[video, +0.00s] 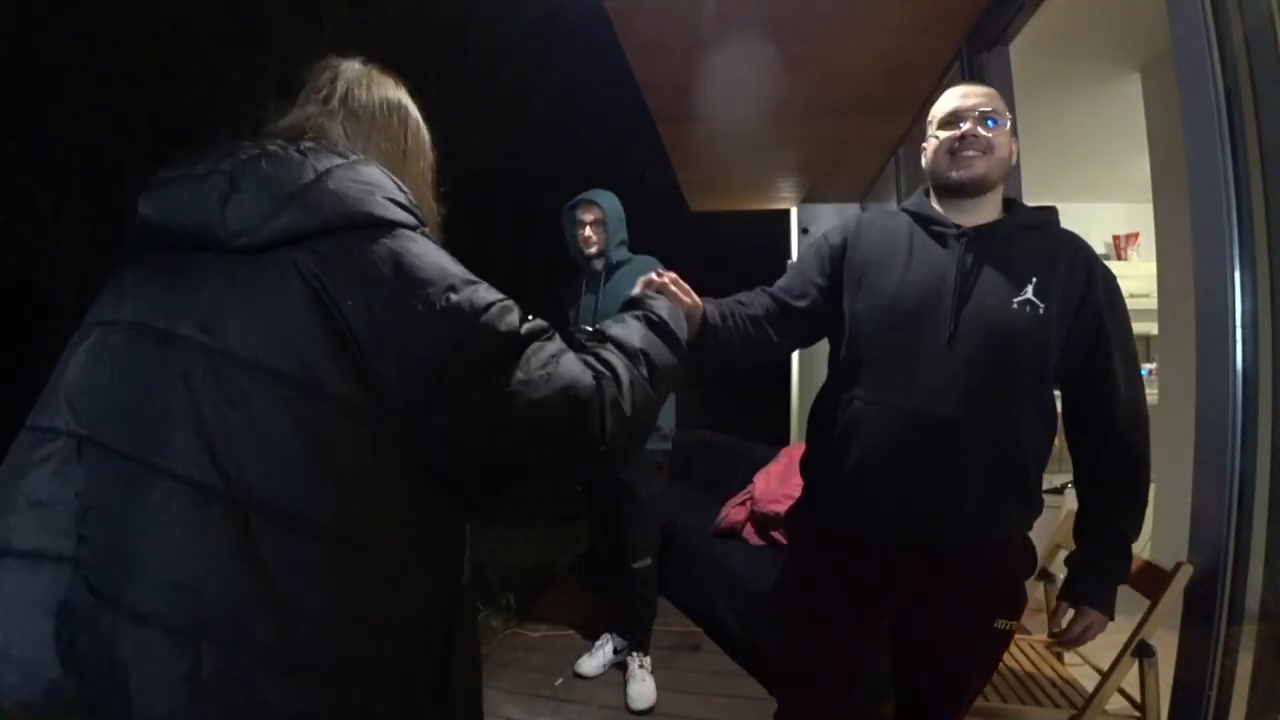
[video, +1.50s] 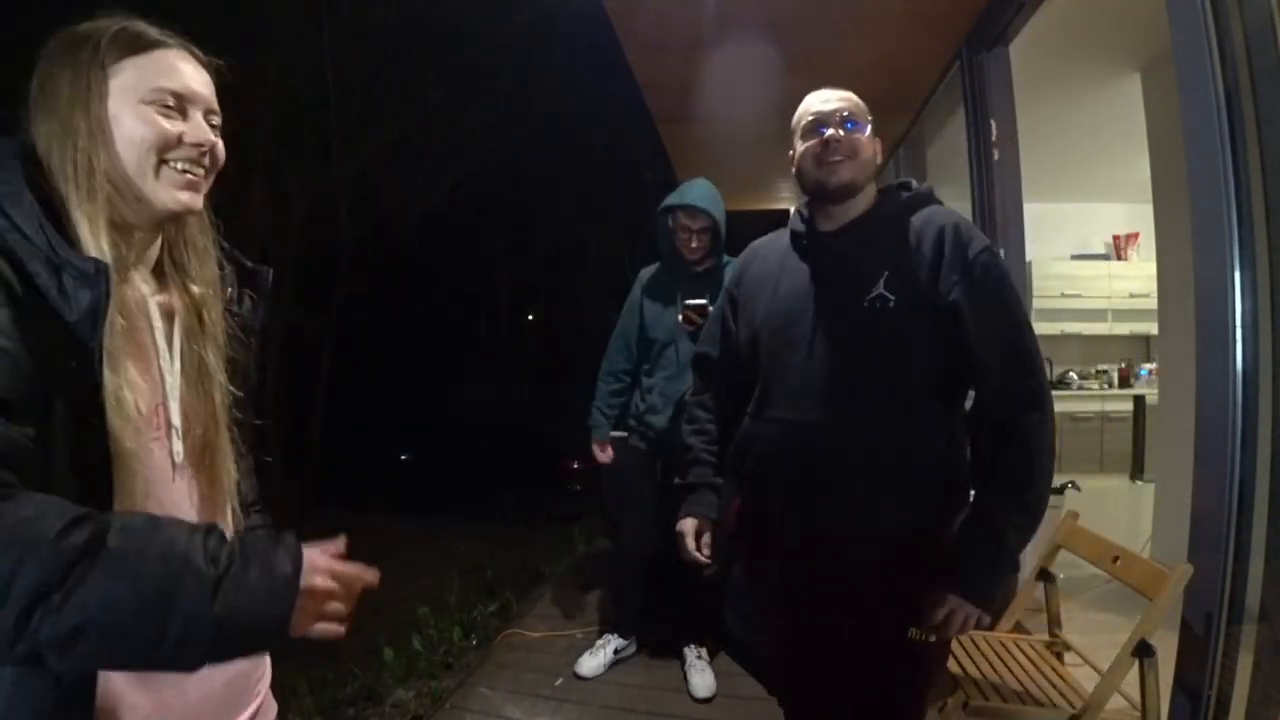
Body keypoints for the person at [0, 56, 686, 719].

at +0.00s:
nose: (424, 192)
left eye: (423, 176)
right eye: (420, 173)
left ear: (291, 139)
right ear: (395, 163)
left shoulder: (158, 255)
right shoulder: (377, 261)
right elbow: (565, 405)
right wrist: (660, 324)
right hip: (304, 667)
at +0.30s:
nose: (406, 215)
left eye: (405, 200)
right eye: (402, 198)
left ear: (283, 167)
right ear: (380, 188)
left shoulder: (178, 269)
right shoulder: (371, 275)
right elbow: (540, 398)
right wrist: (635, 320)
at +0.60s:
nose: (395, 242)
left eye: (396, 226)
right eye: (391, 224)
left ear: (295, 191)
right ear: (361, 213)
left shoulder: (212, 265)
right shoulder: (335, 289)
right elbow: (456, 424)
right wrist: (593, 440)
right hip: (223, 625)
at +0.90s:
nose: (366, 216)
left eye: (364, 196)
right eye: (355, 191)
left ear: (294, 187)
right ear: (303, 185)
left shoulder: (195, 257)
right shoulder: (257, 271)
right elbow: (362, 429)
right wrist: (532, 436)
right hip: (175, 635)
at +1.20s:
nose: (290, 179)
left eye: (291, 160)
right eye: (265, 150)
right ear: (188, 143)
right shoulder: (87, 254)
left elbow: (222, 489)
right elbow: (105, 512)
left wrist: (244, 653)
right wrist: (350, 594)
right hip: (93, 684)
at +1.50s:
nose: (205, 136)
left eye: (212, 118)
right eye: (170, 106)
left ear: (221, 136)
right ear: (77, 115)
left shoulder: (214, 294)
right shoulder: (22, 286)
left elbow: (233, 485)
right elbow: (18, 543)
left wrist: (275, 574)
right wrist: (248, 586)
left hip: (235, 691)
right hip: (94, 694)